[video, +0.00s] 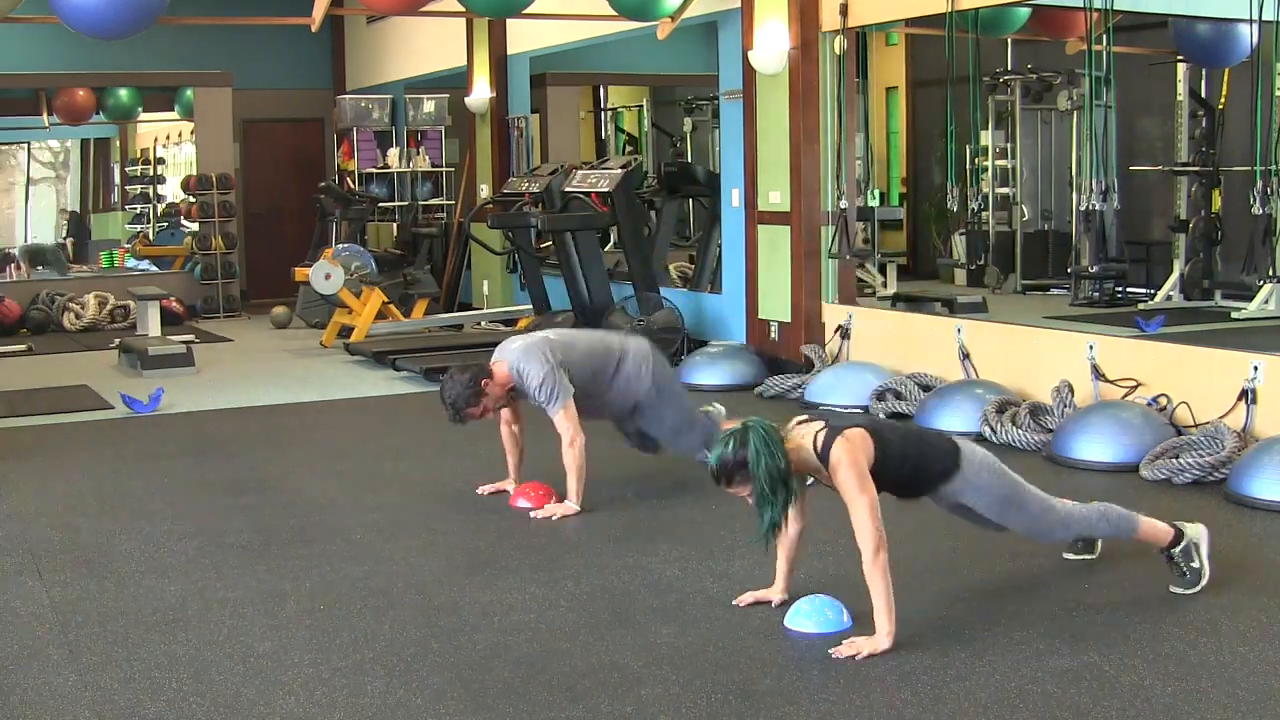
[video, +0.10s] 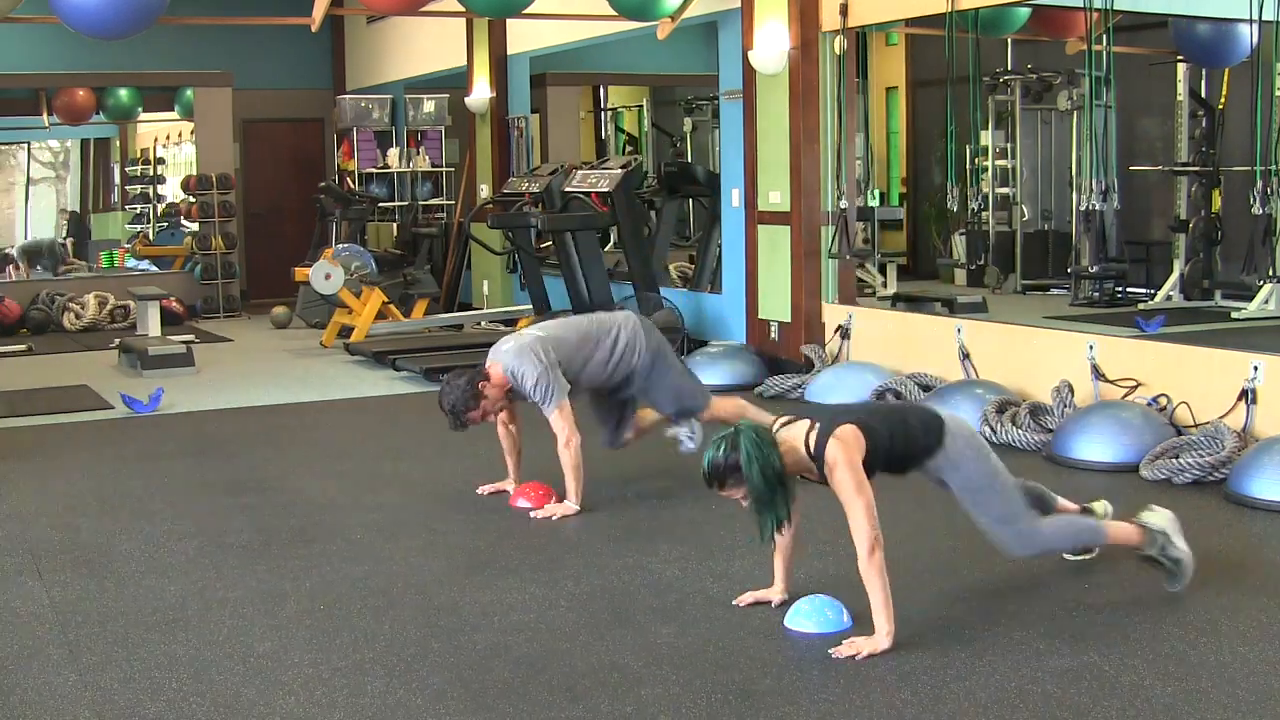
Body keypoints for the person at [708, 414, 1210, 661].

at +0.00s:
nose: (743, 500)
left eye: (742, 492)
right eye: (736, 493)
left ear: (760, 471)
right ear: (759, 454)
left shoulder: (842, 453)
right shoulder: (784, 446)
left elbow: (875, 550)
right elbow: (790, 519)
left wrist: (885, 634)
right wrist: (780, 588)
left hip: (960, 466)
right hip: (929, 475)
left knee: (1061, 519)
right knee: (1010, 514)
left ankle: (1177, 537)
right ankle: (1078, 531)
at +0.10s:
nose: (739, 502)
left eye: (737, 494)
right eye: (731, 496)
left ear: (754, 472)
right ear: (750, 456)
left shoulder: (835, 450)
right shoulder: (775, 443)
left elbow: (870, 546)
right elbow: (783, 519)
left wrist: (883, 632)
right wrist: (779, 588)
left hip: (948, 440)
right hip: (924, 441)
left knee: (1021, 538)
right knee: (1005, 495)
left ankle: (1148, 532)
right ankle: (1080, 514)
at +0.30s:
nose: (739, 506)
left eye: (737, 498)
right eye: (731, 501)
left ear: (754, 477)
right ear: (746, 460)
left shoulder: (838, 447)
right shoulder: (771, 441)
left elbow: (872, 545)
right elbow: (781, 518)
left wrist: (884, 634)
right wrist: (780, 587)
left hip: (929, 429)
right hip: (915, 408)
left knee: (902, 559)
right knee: (982, 481)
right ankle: (1067, 516)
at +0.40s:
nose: (738, 508)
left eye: (736, 500)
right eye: (730, 503)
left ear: (754, 479)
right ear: (744, 460)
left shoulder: (837, 451)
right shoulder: (769, 438)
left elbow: (871, 544)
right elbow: (775, 514)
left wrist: (883, 634)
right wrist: (779, 585)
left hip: (919, 447)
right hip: (917, 416)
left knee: (845, 551)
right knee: (984, 489)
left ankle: (979, 536)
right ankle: (1067, 519)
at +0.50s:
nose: (733, 509)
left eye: (731, 501)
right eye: (725, 504)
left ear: (749, 481)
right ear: (735, 456)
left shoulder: (832, 454)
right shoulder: (761, 440)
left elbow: (869, 546)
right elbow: (772, 513)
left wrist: (883, 634)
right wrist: (779, 585)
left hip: (916, 459)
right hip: (912, 426)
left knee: (835, 555)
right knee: (976, 497)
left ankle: (965, 561)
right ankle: (1068, 517)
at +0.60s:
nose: (729, 511)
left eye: (727, 504)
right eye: (721, 507)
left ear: (744, 485)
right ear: (732, 460)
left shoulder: (828, 454)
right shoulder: (756, 443)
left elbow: (867, 548)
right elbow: (773, 515)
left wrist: (882, 635)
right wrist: (778, 586)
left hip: (916, 460)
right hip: (912, 426)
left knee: (844, 564)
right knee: (978, 496)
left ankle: (978, 559)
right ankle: (1064, 515)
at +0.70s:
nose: (731, 510)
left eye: (729, 502)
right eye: (722, 505)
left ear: (745, 482)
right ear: (734, 463)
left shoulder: (828, 450)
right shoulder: (760, 442)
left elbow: (863, 547)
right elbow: (773, 517)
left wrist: (882, 634)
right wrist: (780, 587)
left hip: (920, 443)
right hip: (910, 417)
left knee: (899, 573)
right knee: (977, 490)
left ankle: (1026, 531)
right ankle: (1060, 513)